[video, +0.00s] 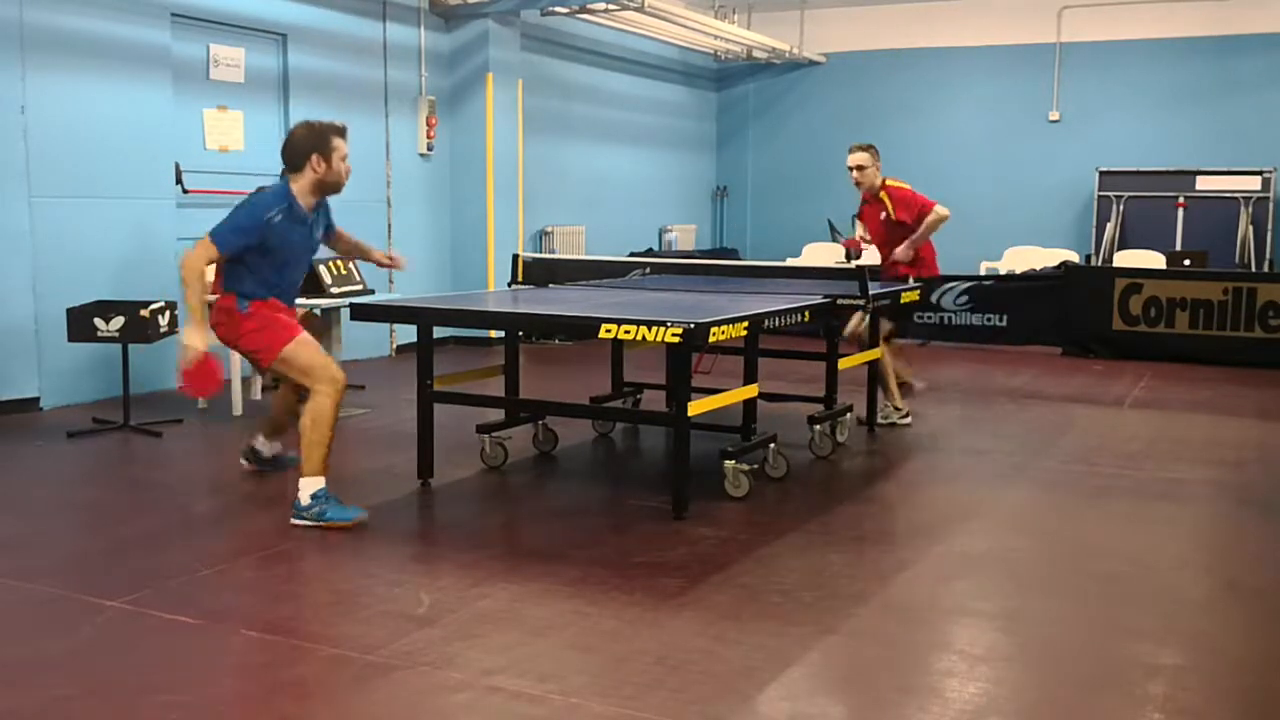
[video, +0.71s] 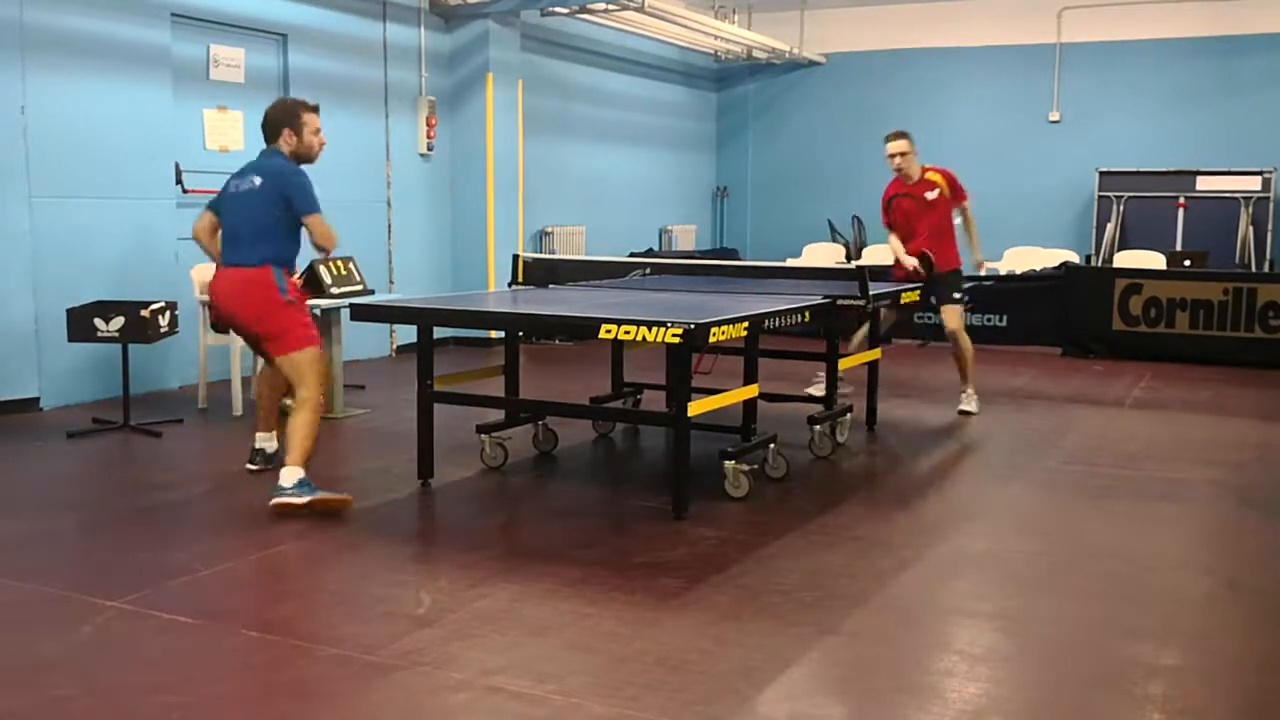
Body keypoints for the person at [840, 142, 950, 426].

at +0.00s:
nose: (854, 176)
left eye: (860, 169)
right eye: (851, 170)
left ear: (877, 168)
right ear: (849, 172)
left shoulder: (897, 192)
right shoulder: (867, 201)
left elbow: (939, 214)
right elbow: (862, 229)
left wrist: (909, 244)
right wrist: (860, 242)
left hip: (916, 279)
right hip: (889, 279)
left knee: (869, 331)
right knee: (857, 330)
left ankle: (896, 404)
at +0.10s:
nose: (850, 166)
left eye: (857, 160)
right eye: (847, 161)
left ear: (873, 160)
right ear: (845, 164)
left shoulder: (894, 187)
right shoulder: (859, 192)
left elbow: (937, 213)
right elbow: (855, 223)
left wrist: (903, 245)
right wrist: (854, 241)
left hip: (906, 278)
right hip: (877, 277)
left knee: (876, 333)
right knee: (844, 327)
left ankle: (896, 405)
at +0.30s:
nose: (851, 152)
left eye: (857, 146)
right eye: (847, 147)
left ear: (873, 147)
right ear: (845, 150)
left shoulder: (891, 176)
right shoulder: (849, 180)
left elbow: (923, 213)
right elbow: (844, 217)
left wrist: (888, 242)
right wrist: (836, 241)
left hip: (896, 265)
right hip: (862, 265)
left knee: (897, 320)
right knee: (836, 319)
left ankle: (917, 391)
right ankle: (832, 383)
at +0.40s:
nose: (850, 155)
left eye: (857, 149)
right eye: (846, 150)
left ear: (873, 150)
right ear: (845, 153)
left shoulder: (889, 178)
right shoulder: (849, 184)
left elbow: (918, 215)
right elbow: (848, 221)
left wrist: (884, 244)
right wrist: (837, 242)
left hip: (898, 266)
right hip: (862, 267)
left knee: (907, 323)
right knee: (836, 318)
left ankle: (950, 385)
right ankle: (827, 378)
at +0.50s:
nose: (852, 170)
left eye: (858, 164)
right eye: (849, 165)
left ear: (874, 164)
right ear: (846, 167)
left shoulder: (892, 192)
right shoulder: (853, 198)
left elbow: (924, 229)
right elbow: (851, 237)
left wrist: (896, 261)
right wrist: (828, 258)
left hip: (902, 281)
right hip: (866, 281)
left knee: (921, 337)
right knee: (836, 325)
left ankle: (964, 390)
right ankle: (824, 380)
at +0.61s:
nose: (868, 178)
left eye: (874, 171)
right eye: (864, 173)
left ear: (888, 170)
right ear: (862, 175)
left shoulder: (911, 196)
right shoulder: (867, 204)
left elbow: (941, 229)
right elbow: (860, 246)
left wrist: (935, 271)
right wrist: (874, 255)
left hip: (917, 282)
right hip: (881, 284)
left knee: (931, 335)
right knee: (843, 327)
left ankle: (962, 390)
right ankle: (822, 380)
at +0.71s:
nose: (897, 161)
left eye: (902, 155)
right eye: (891, 157)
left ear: (915, 154)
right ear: (888, 160)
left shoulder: (942, 178)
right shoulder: (891, 193)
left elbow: (965, 213)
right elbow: (892, 234)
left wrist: (976, 253)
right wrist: (903, 256)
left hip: (945, 270)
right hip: (908, 273)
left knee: (953, 328)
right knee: (875, 325)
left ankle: (968, 391)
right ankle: (835, 375)